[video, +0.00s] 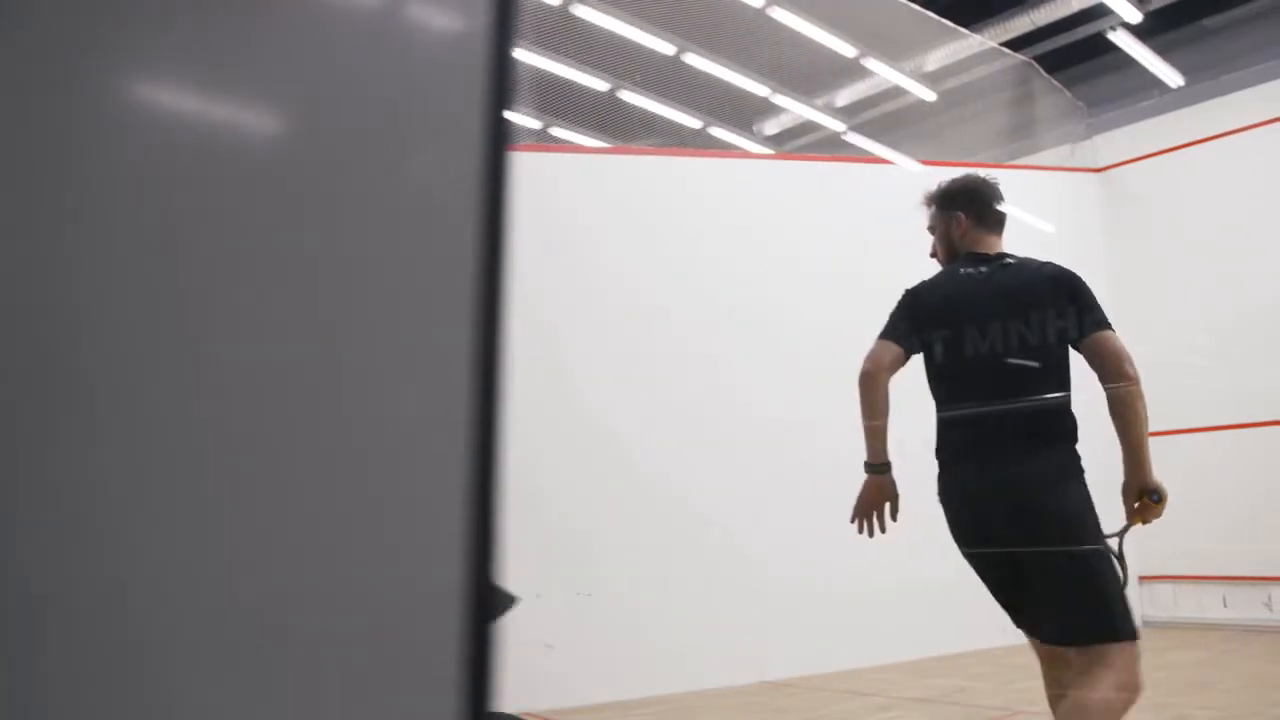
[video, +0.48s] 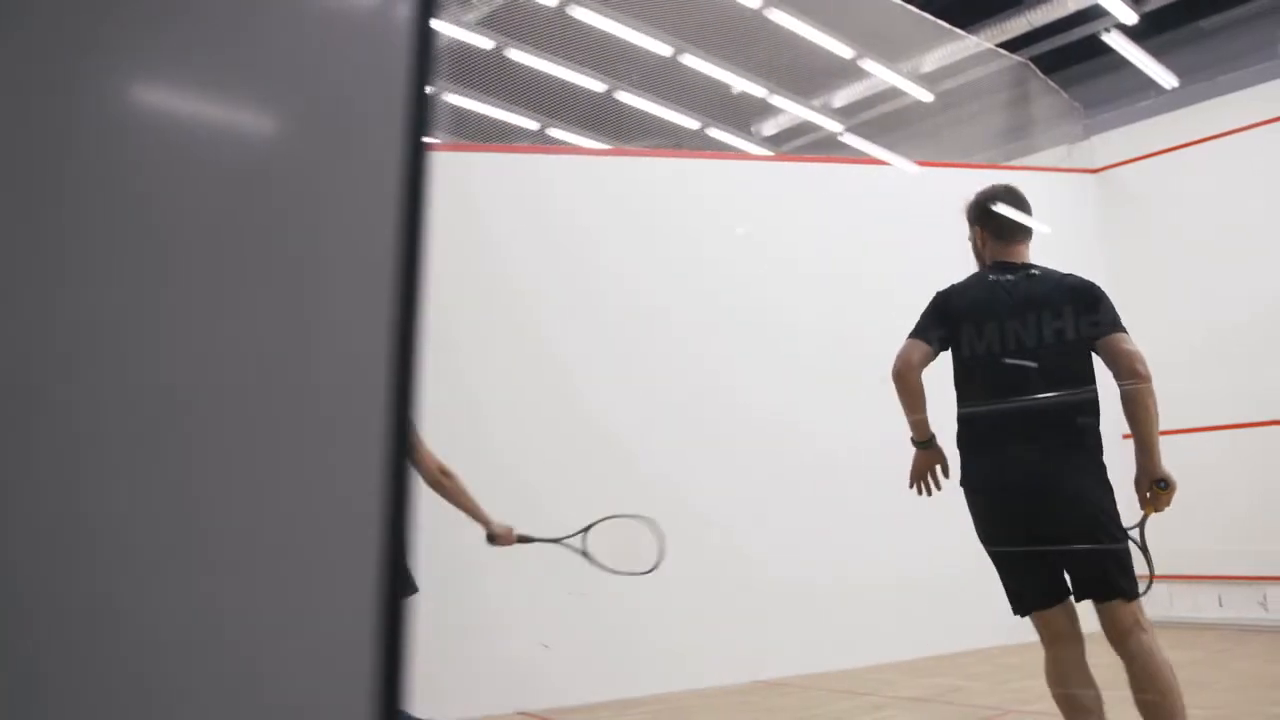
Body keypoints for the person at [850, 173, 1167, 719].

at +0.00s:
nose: (931, 248)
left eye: (933, 231)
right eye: (930, 234)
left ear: (960, 224)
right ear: (994, 226)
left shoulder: (926, 299)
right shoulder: (1055, 282)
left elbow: (873, 371)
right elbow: (1120, 374)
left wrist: (877, 469)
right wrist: (1139, 474)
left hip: (969, 497)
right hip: (1049, 489)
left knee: (1059, 662)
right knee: (1116, 674)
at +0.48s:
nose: (971, 245)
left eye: (971, 236)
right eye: (973, 236)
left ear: (979, 236)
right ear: (1029, 234)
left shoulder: (954, 302)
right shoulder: (1078, 292)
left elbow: (905, 367)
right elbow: (1133, 372)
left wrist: (922, 440)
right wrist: (1150, 464)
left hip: (997, 494)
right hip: (1076, 485)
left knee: (1059, 639)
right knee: (1131, 630)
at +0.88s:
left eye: (970, 272)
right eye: (1020, 268)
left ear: (968, 276)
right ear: (1023, 274)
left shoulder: (952, 337)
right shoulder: (1071, 332)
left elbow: (923, 405)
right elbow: (1125, 409)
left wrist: (932, 466)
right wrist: (1123, 493)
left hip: (995, 517)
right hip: (1072, 512)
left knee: (982, 636)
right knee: (1121, 637)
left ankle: (1025, 713)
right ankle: (1160, 718)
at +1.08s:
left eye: (940, 289)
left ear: (943, 294)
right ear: (995, 289)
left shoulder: (934, 350)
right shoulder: (1049, 345)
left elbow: (914, 416)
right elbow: (1098, 423)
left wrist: (919, 489)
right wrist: (1082, 494)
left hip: (980, 523)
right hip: (1057, 520)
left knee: (927, 626)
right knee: (1108, 636)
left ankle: (950, 715)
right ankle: (1149, 718)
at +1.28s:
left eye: (904, 303)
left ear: (904, 306)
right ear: (954, 301)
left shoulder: (902, 362)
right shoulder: (1005, 353)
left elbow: (890, 422)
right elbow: (1054, 430)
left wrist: (888, 501)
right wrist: (1025, 489)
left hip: (955, 528)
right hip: (1026, 525)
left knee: (874, 621)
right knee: (1083, 642)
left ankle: (874, 716)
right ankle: (1135, 716)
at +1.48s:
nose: (846, 307)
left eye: (844, 301)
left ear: (847, 306)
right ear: (894, 300)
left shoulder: (850, 359)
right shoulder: (941, 352)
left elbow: (852, 423)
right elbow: (987, 425)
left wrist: (846, 499)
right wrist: (955, 478)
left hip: (913, 528)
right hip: (979, 524)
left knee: (829, 622)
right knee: (1041, 639)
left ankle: (829, 718)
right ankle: (1114, 717)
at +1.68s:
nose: (786, 305)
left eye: (783, 299)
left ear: (785, 304)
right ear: (831, 299)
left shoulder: (791, 356)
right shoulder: (872, 350)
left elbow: (807, 423)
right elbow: (916, 421)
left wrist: (794, 498)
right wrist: (880, 472)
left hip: (854, 517)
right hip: (912, 512)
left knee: (791, 629)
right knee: (967, 625)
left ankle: (811, 719)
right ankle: (1073, 710)